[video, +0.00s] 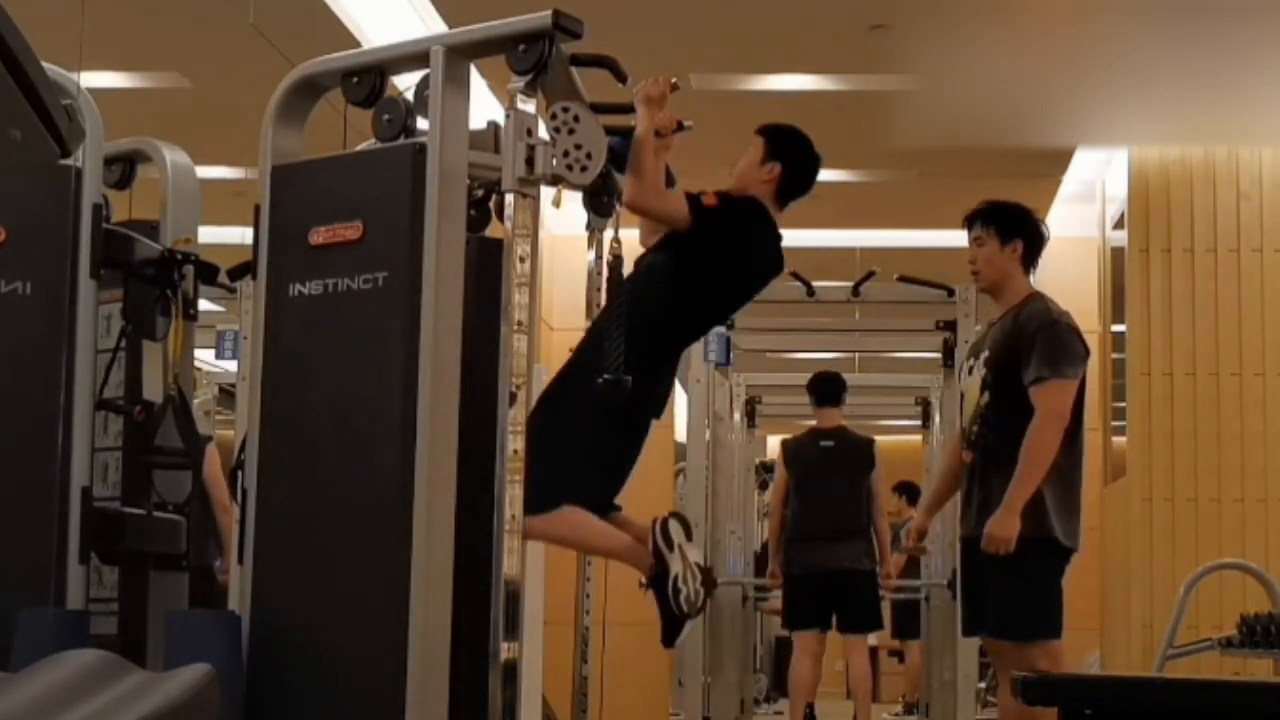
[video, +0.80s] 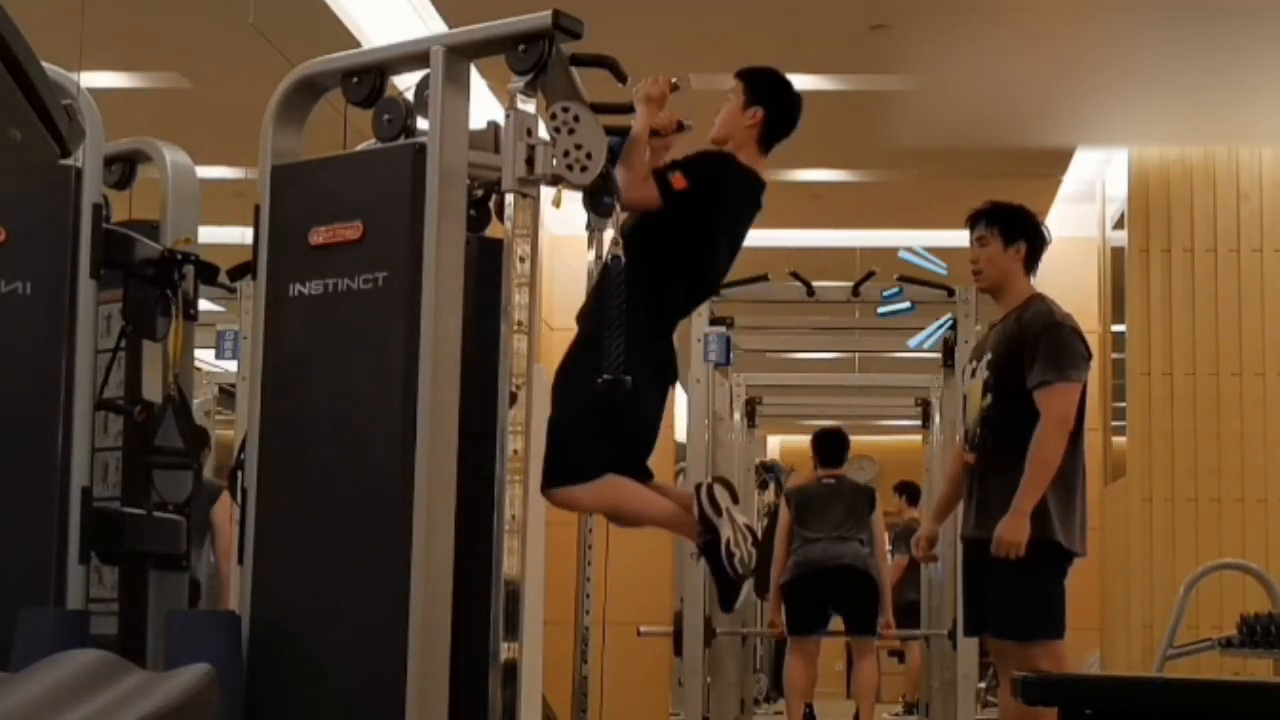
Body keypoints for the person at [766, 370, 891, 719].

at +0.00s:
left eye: (814, 398)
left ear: (811, 400)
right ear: (844, 399)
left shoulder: (790, 448)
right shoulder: (866, 447)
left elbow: (776, 508)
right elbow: (879, 511)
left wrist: (773, 558)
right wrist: (886, 560)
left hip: (805, 566)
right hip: (854, 564)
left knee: (805, 648)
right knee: (857, 649)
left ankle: (798, 716)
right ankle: (863, 715)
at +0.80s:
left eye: (816, 452)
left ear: (813, 456)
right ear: (847, 455)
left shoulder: (793, 496)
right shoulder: (867, 495)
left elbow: (779, 557)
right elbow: (881, 557)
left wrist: (774, 607)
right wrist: (887, 611)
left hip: (806, 583)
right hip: (856, 582)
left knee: (801, 652)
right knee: (864, 652)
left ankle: (797, 715)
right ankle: (865, 715)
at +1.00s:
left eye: (817, 467)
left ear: (814, 471)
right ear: (847, 471)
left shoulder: (794, 509)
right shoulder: (868, 508)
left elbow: (780, 570)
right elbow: (881, 571)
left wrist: (781, 622)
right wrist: (887, 625)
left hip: (806, 587)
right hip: (858, 586)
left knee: (800, 653)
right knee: (866, 653)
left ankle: (796, 716)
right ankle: (865, 715)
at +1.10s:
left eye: (818, 473)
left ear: (814, 477)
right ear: (847, 477)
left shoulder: (795, 514)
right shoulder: (868, 514)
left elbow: (780, 574)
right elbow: (881, 575)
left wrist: (780, 620)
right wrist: (887, 630)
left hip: (807, 589)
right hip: (858, 588)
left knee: (799, 651)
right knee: (866, 654)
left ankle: (796, 715)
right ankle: (865, 715)